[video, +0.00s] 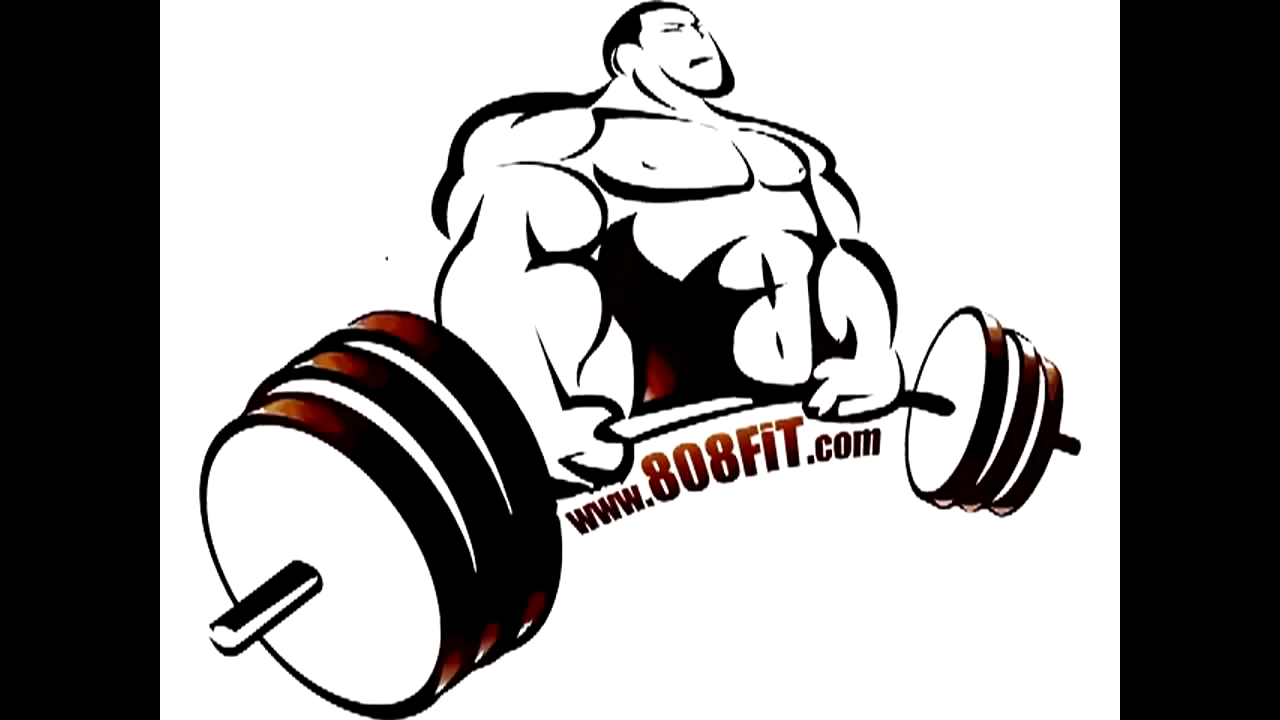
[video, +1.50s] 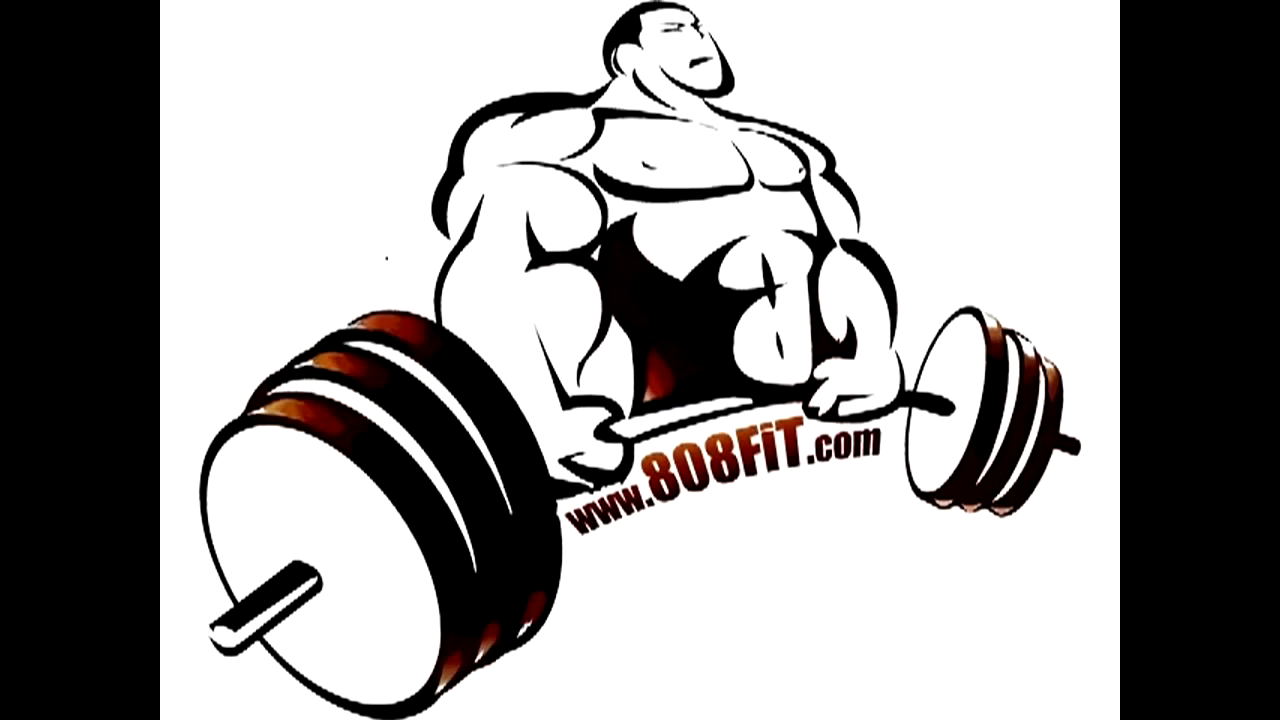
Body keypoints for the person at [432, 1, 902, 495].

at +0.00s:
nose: (702, 40)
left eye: (701, 28)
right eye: (675, 30)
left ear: (713, 45)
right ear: (628, 59)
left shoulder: (776, 145)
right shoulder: (593, 127)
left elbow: (850, 250)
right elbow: (487, 155)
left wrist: (878, 358)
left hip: (747, 331)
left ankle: (870, 369)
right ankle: (577, 429)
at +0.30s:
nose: (702, 40)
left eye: (701, 28)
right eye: (675, 30)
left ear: (713, 45)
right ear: (628, 59)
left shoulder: (775, 145)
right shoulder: (593, 126)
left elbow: (850, 250)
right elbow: (487, 155)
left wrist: (878, 358)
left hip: (747, 330)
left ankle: (870, 369)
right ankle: (577, 429)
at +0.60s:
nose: (702, 40)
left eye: (701, 28)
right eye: (675, 30)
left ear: (713, 45)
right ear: (628, 59)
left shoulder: (775, 145)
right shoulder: (593, 126)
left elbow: (850, 250)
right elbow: (487, 155)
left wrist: (878, 358)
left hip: (747, 330)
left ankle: (870, 369)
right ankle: (577, 429)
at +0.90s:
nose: (702, 40)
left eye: (701, 28)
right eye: (675, 30)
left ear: (713, 45)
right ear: (628, 59)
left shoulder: (775, 145)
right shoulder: (593, 126)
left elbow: (850, 250)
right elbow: (487, 155)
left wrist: (878, 358)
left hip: (747, 330)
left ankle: (870, 369)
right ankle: (577, 429)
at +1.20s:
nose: (702, 40)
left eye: (701, 28)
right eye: (675, 30)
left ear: (713, 45)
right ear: (628, 59)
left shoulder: (775, 145)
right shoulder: (593, 126)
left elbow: (850, 250)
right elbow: (487, 155)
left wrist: (878, 358)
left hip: (747, 330)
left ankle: (870, 369)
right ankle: (577, 429)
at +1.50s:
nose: (702, 40)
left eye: (701, 28)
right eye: (676, 30)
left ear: (712, 45)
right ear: (628, 59)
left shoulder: (775, 145)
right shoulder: (594, 126)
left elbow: (850, 249)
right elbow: (487, 154)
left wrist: (877, 358)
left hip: (747, 330)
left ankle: (869, 369)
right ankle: (578, 428)